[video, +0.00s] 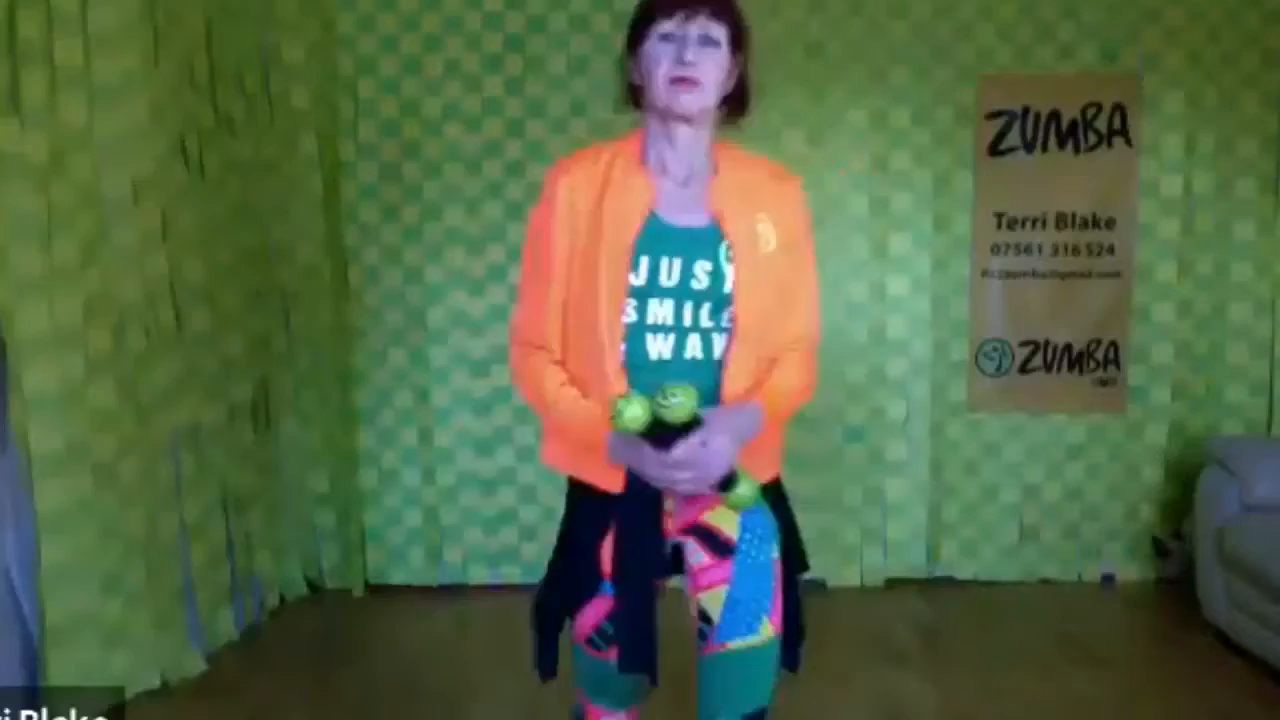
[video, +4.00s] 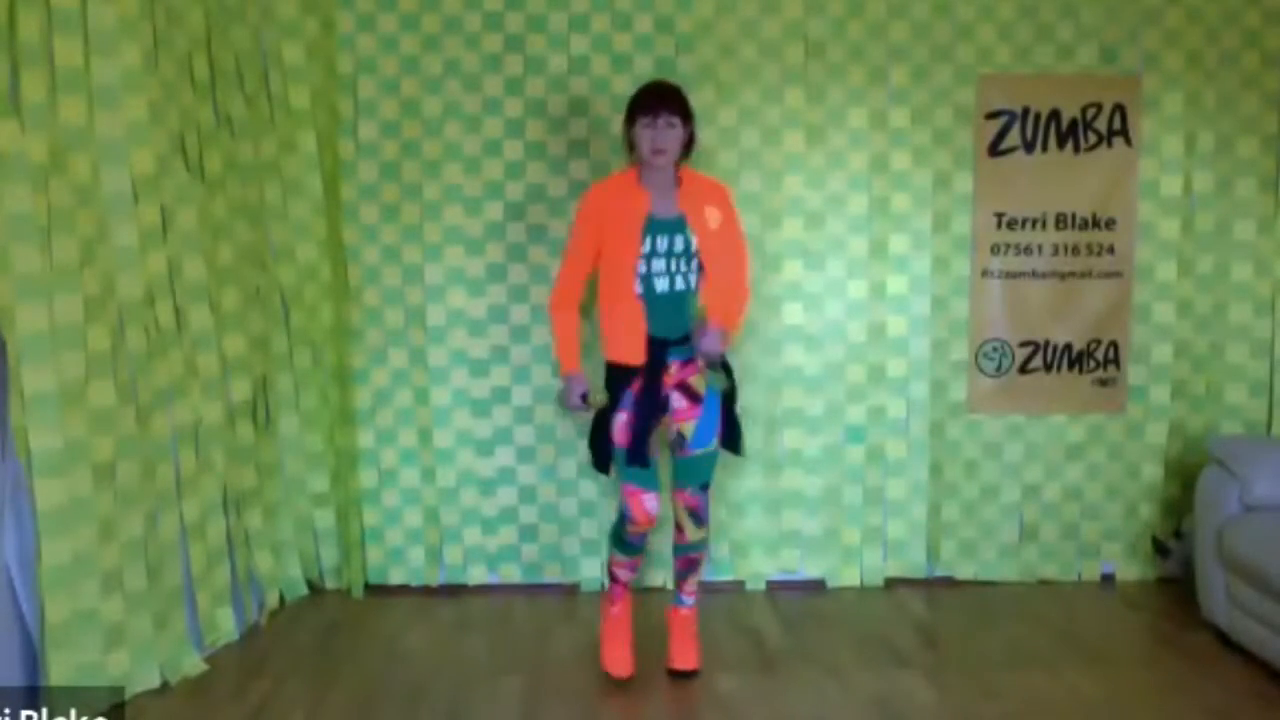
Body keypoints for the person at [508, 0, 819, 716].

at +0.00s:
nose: (685, 55)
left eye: (707, 42)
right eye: (667, 39)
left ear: (734, 70)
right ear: (636, 64)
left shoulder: (774, 194)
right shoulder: (575, 186)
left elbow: (796, 356)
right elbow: (533, 356)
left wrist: (738, 426)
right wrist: (626, 449)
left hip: (737, 499)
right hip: (612, 501)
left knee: (738, 707)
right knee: (607, 705)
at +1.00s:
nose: (667, 112)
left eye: (679, 100)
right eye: (652, 100)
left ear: (693, 114)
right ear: (624, 112)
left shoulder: (712, 197)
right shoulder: (585, 195)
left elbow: (737, 291)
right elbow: (542, 295)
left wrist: (724, 361)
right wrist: (541, 396)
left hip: (696, 399)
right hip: (618, 404)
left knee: (693, 566)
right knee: (634, 575)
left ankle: (685, 695)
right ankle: (611, 657)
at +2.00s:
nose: (670, 130)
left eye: (681, 120)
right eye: (660, 119)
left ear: (698, 133)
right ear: (640, 130)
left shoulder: (719, 200)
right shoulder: (609, 200)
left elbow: (739, 276)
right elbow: (571, 289)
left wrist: (733, 339)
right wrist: (566, 372)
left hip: (703, 369)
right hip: (635, 372)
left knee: (697, 511)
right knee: (645, 518)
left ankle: (690, 628)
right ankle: (628, 616)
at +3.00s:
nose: (663, 134)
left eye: (674, 124)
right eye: (652, 124)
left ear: (689, 135)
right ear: (633, 133)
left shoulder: (709, 199)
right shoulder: (606, 202)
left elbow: (728, 278)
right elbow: (563, 288)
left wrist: (717, 332)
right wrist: (563, 366)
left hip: (696, 364)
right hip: (632, 367)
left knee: (687, 503)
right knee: (646, 507)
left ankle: (672, 616)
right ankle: (621, 617)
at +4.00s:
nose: (659, 135)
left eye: (671, 125)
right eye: (648, 124)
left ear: (687, 136)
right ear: (630, 134)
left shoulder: (710, 197)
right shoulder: (602, 202)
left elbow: (734, 275)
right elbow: (566, 292)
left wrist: (721, 327)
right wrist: (571, 367)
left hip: (698, 365)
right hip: (631, 369)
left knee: (693, 503)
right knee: (639, 509)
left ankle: (685, 616)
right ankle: (617, 609)